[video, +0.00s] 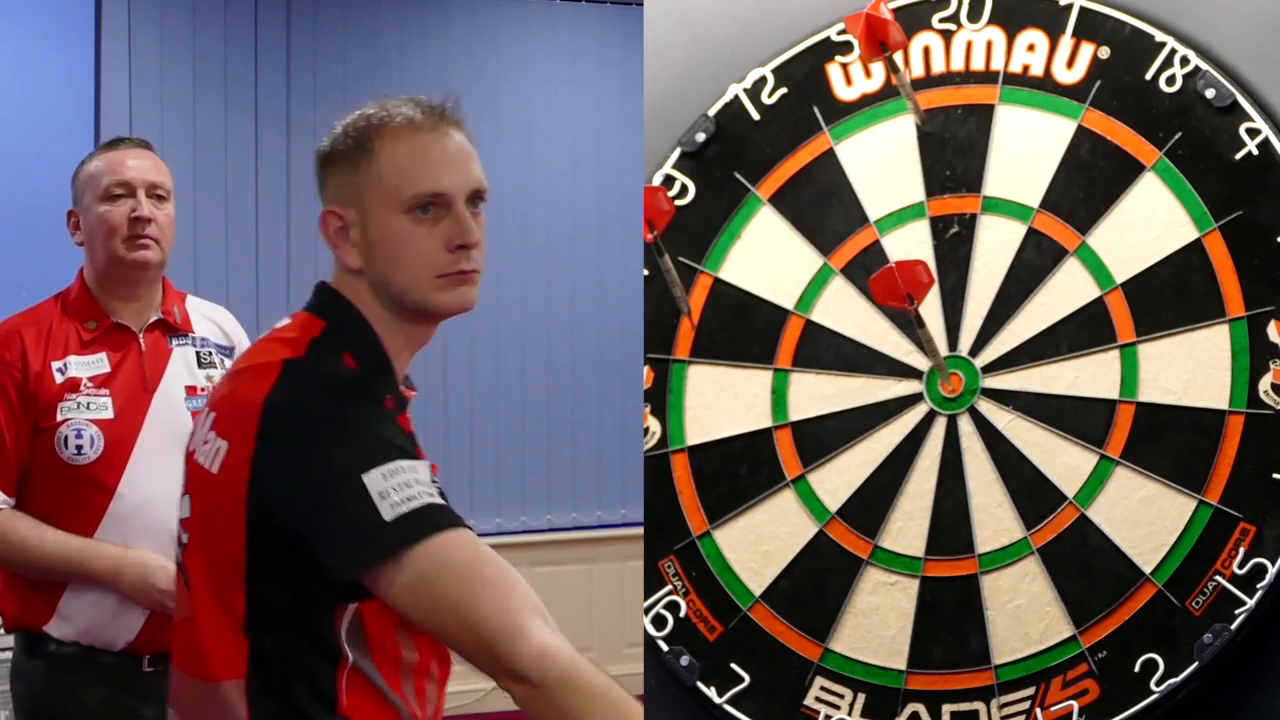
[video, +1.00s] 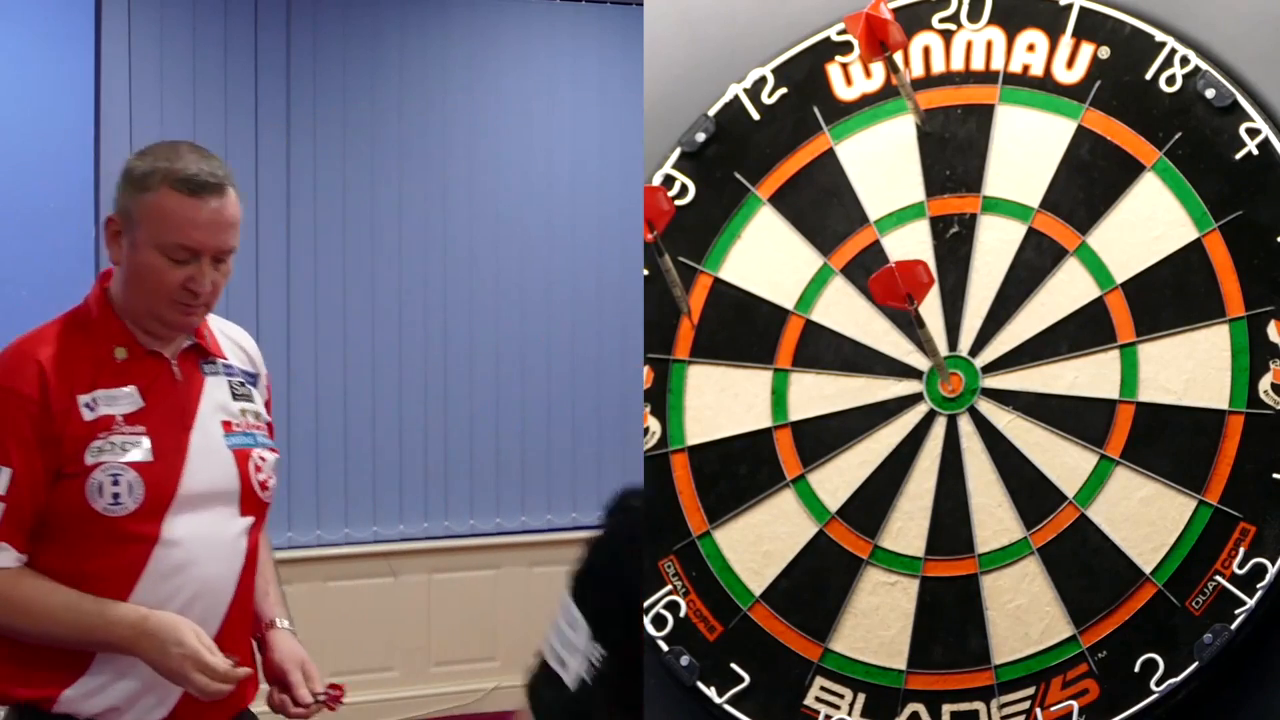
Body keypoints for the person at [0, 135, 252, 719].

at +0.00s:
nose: (142, 210)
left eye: (157, 196)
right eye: (117, 195)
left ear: (175, 220)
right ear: (77, 225)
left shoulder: (219, 332)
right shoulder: (20, 344)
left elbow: (262, 475)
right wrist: (118, 566)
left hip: (205, 672)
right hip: (68, 671)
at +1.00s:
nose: (204, 284)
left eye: (222, 259)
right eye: (181, 257)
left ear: (236, 250)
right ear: (116, 240)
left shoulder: (239, 357)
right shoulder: (33, 375)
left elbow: (247, 517)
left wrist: (275, 628)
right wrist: (135, 629)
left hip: (220, 706)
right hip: (75, 708)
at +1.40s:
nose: (305, 239)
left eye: (319, 214)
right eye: (276, 213)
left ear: (331, 221)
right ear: (209, 224)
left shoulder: (309, 346)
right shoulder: (140, 362)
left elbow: (316, 532)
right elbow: (75, 572)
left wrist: (362, 652)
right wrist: (263, 630)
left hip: (311, 704)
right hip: (184, 708)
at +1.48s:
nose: (312, 222)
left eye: (325, 200)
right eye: (281, 198)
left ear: (339, 212)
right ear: (216, 217)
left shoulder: (316, 345)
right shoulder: (164, 353)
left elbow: (320, 539)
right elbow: (99, 570)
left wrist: (373, 661)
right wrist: (299, 630)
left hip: (326, 703)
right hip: (206, 706)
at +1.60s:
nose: (321, 212)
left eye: (333, 190)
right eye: (290, 189)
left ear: (346, 204)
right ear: (225, 216)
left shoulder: (313, 340)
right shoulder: (186, 346)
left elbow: (323, 541)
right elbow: (126, 568)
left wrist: (388, 667)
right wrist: (330, 630)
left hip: (339, 702)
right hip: (228, 704)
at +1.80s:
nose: (341, 201)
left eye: (352, 181)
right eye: (308, 179)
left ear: (365, 199)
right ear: (242, 211)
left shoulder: (310, 337)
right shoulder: (227, 338)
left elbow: (316, 543)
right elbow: (187, 568)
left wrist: (400, 663)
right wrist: (399, 622)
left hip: (355, 703)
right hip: (263, 704)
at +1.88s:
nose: (352, 198)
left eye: (363, 178)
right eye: (319, 177)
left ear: (376, 196)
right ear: (253, 212)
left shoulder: (318, 334)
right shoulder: (247, 339)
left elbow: (327, 547)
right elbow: (217, 573)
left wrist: (406, 675)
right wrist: (434, 622)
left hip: (367, 702)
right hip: (284, 704)